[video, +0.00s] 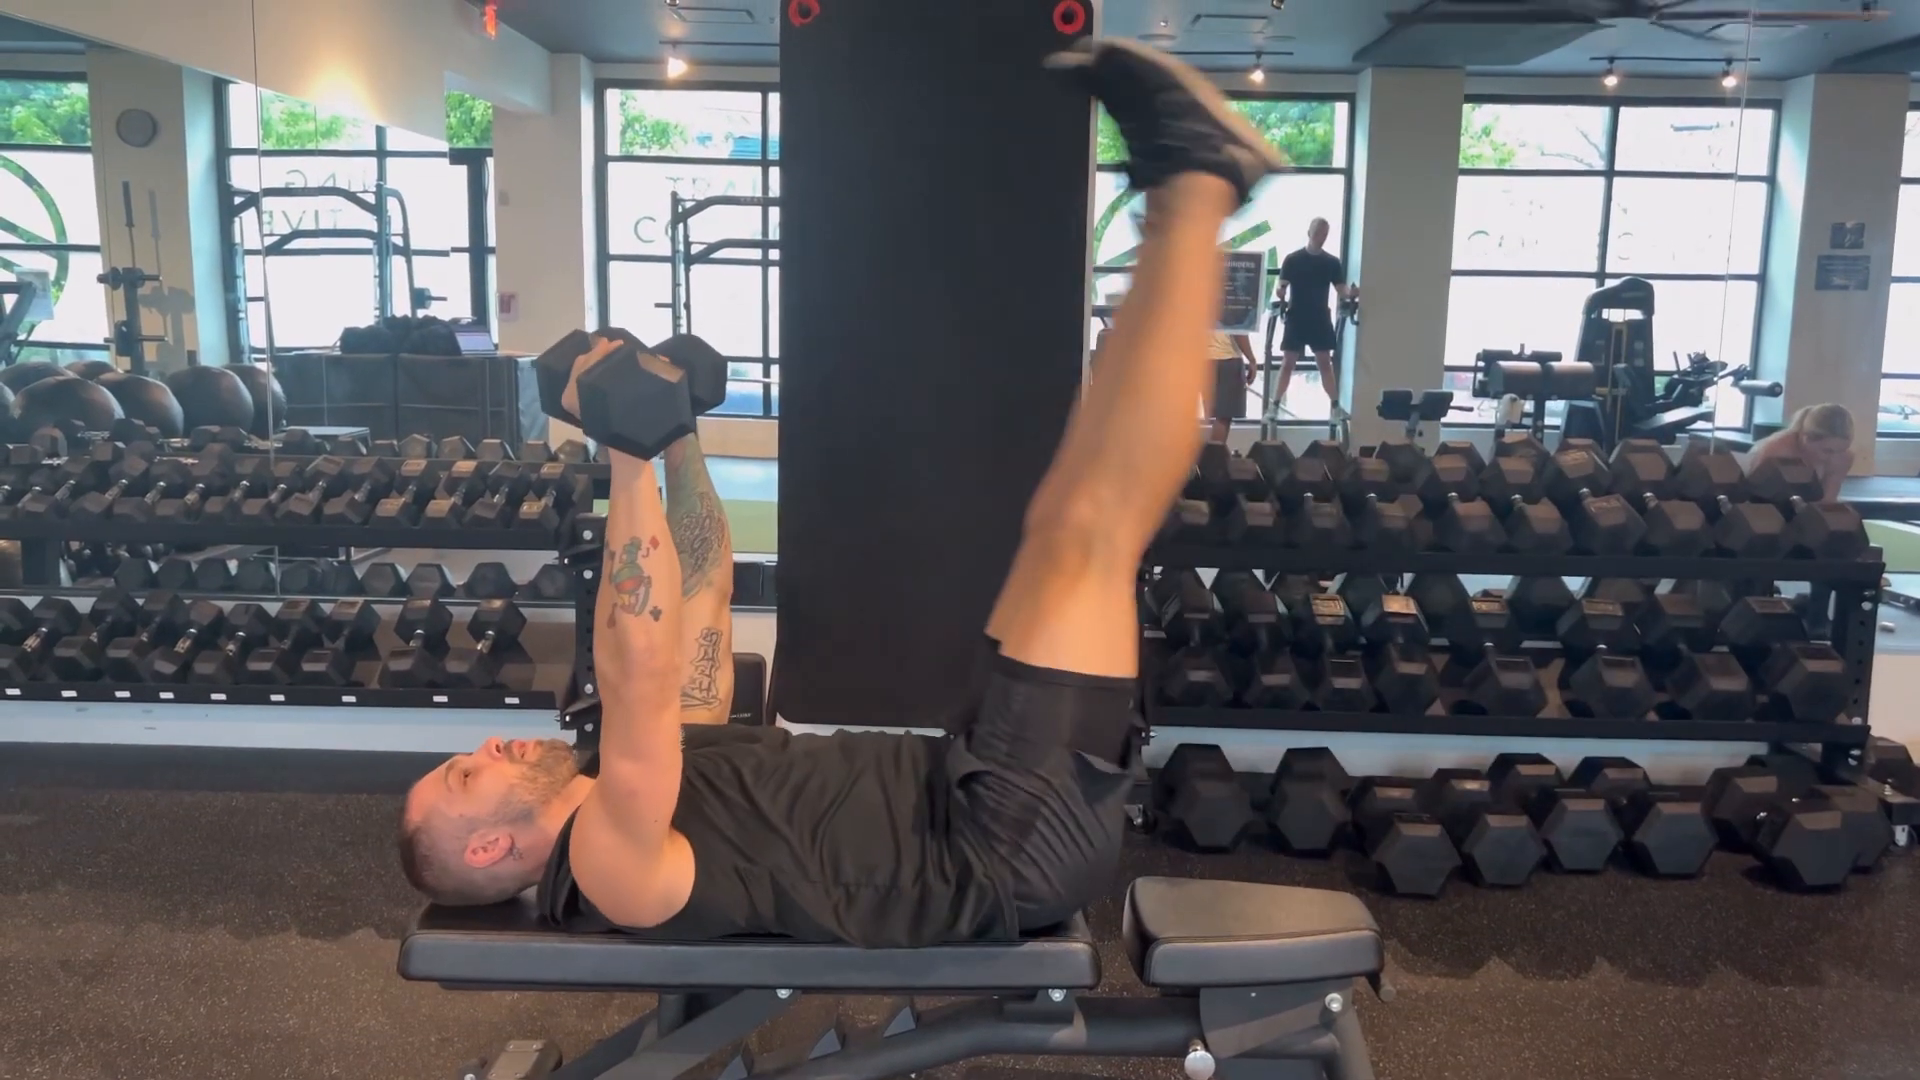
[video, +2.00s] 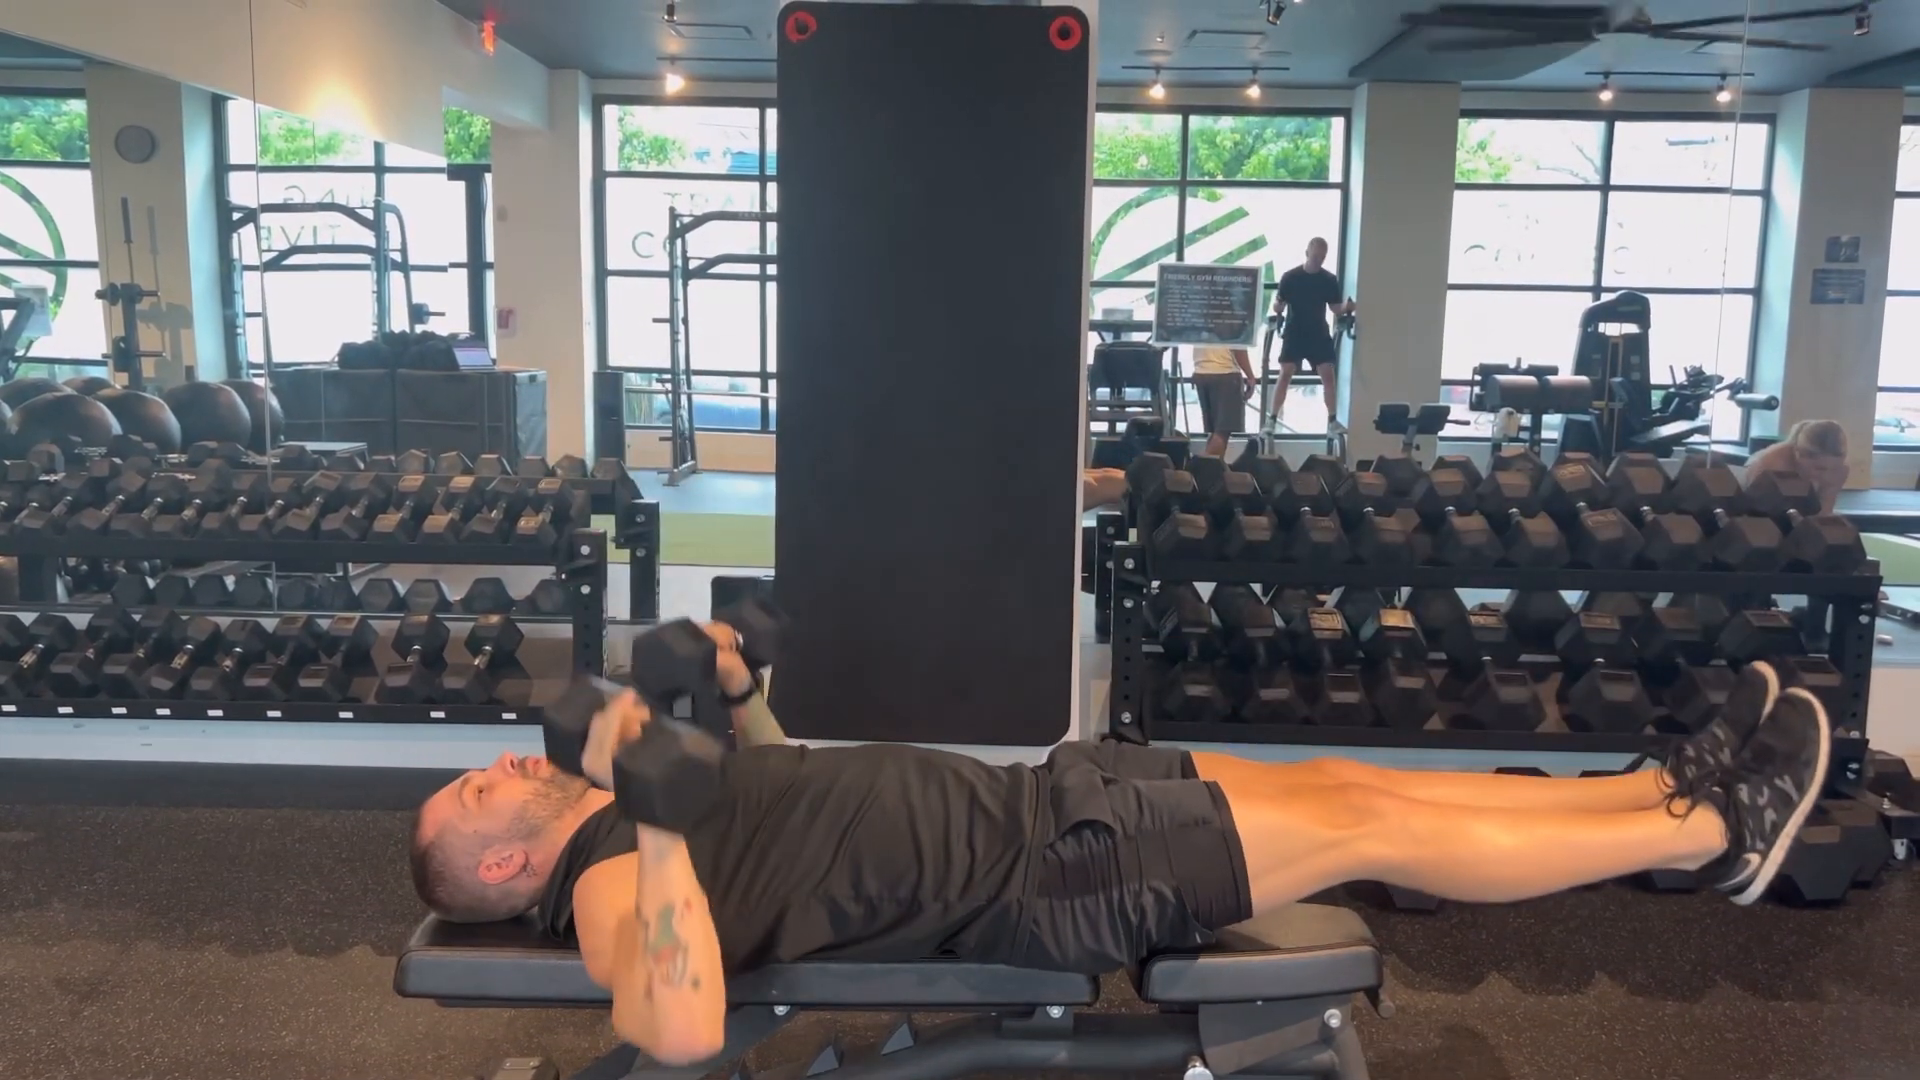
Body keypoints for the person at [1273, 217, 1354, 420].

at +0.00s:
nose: (1320, 238)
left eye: (1323, 234)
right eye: (1317, 233)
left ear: (1326, 235)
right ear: (1309, 233)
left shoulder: (1332, 263)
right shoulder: (1292, 259)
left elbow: (1341, 290)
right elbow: (1281, 288)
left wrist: (1351, 293)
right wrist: (1282, 300)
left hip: (1320, 318)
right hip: (1296, 317)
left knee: (1325, 363)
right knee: (1288, 363)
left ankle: (1335, 405)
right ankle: (1275, 404)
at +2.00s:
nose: (1318, 261)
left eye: (1322, 257)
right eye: (1315, 256)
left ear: (1325, 257)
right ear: (1307, 252)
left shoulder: (1329, 280)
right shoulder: (1291, 277)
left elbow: (1336, 309)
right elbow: (1278, 305)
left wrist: (1347, 308)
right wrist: (1278, 307)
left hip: (1318, 333)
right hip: (1294, 332)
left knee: (1328, 376)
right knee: (1285, 374)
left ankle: (1332, 421)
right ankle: (1272, 418)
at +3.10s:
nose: (1307, 282)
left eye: (1310, 278)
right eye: (1303, 278)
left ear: (1315, 278)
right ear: (1297, 277)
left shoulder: (1321, 300)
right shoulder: (1285, 300)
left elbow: (1333, 323)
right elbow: (1271, 324)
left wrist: (1344, 319)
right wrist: (1272, 319)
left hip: (1314, 352)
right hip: (1291, 353)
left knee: (1314, 399)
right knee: (1290, 399)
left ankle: (1311, 442)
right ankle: (1286, 441)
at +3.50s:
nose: (1306, 286)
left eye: (1309, 283)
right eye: (1303, 282)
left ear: (1314, 283)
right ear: (1296, 281)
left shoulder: (1321, 306)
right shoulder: (1284, 305)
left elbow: (1334, 328)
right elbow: (1269, 333)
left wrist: (1344, 323)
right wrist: (1272, 324)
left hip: (1313, 362)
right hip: (1289, 363)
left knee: (1312, 411)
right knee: (1288, 410)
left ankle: (1309, 451)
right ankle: (1281, 451)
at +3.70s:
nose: (1306, 289)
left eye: (1309, 285)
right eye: (1302, 285)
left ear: (1313, 285)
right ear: (1295, 284)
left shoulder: (1321, 307)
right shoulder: (1284, 307)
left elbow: (1332, 330)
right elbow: (1272, 335)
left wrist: (1344, 324)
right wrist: (1272, 325)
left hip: (1313, 362)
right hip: (1290, 363)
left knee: (1314, 411)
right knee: (1290, 411)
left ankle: (1312, 452)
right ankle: (1285, 452)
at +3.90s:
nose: (1305, 291)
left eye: (1309, 287)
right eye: (1302, 287)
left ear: (1313, 287)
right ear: (1295, 286)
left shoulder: (1321, 309)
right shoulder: (1284, 309)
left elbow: (1333, 333)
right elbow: (1271, 336)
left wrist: (1344, 327)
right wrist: (1272, 327)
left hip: (1314, 363)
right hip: (1290, 364)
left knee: (1316, 411)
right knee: (1291, 411)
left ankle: (1316, 453)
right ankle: (1288, 453)